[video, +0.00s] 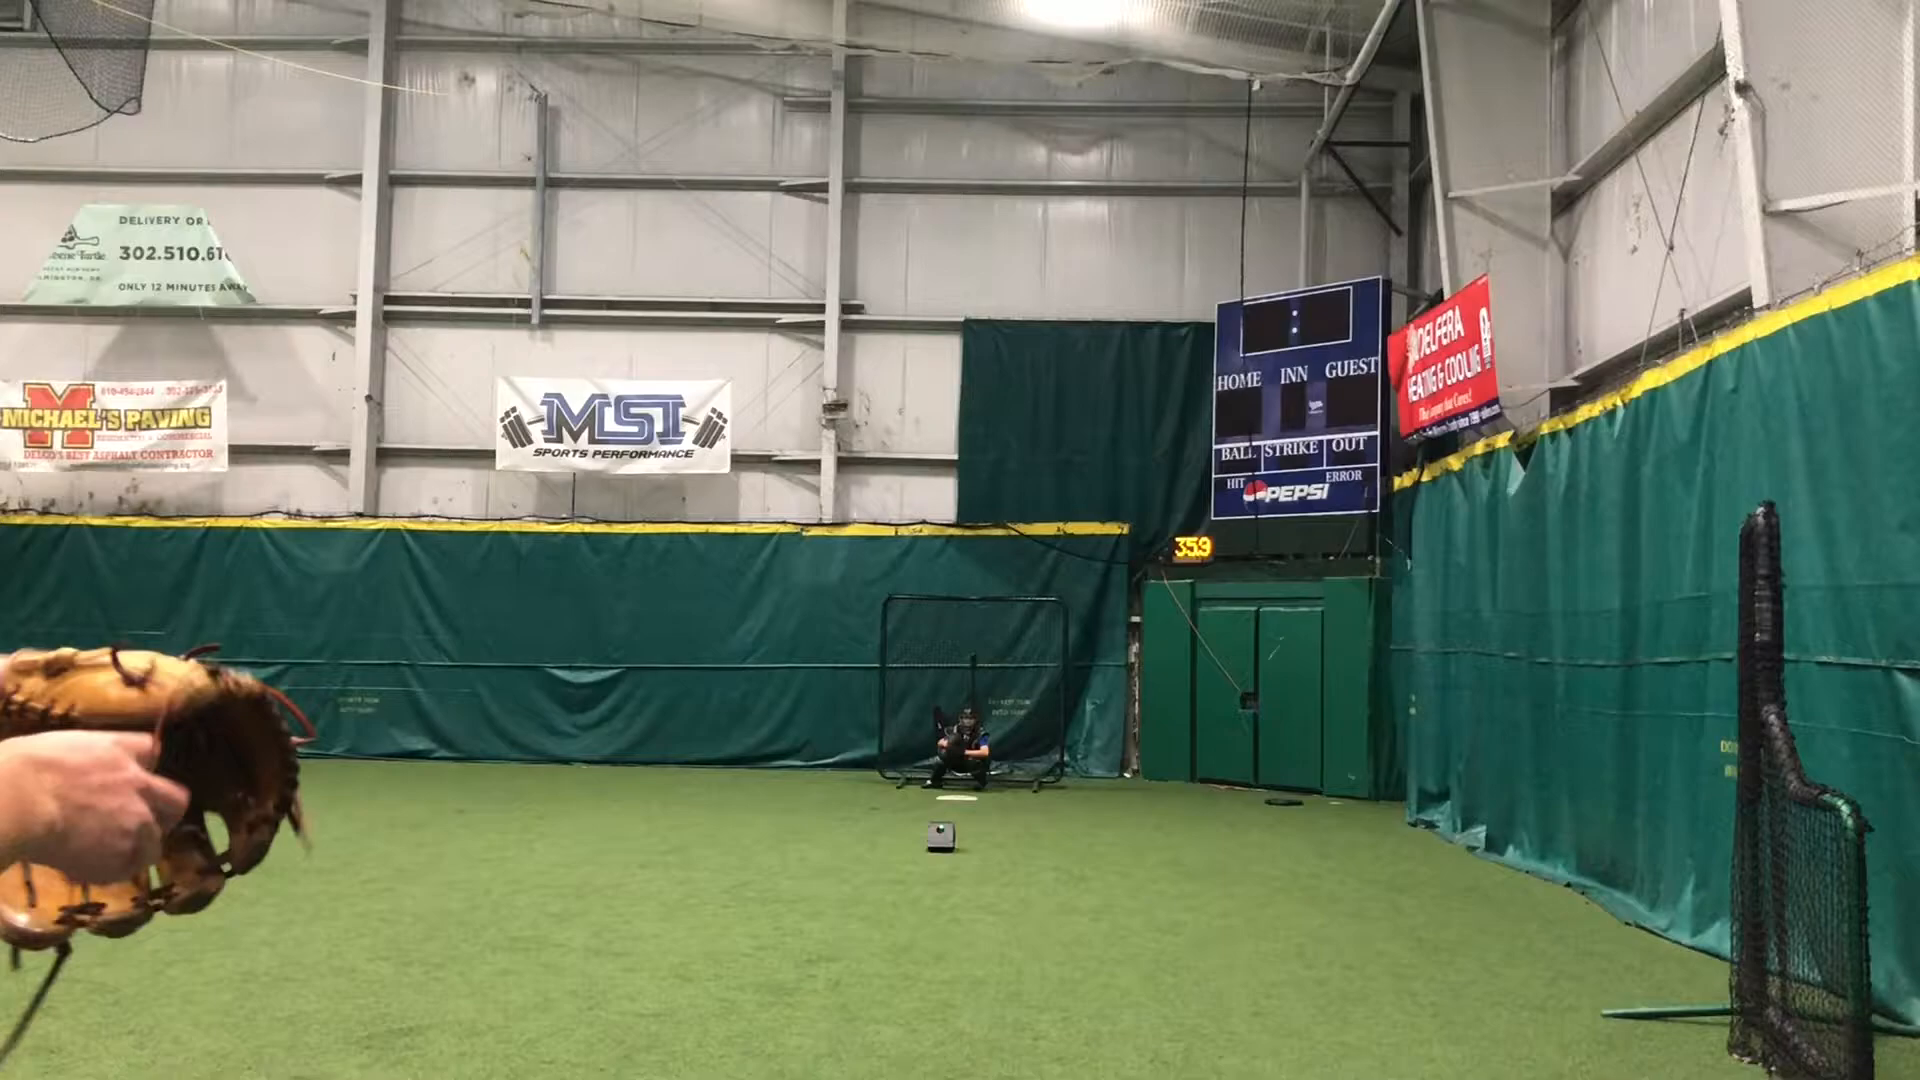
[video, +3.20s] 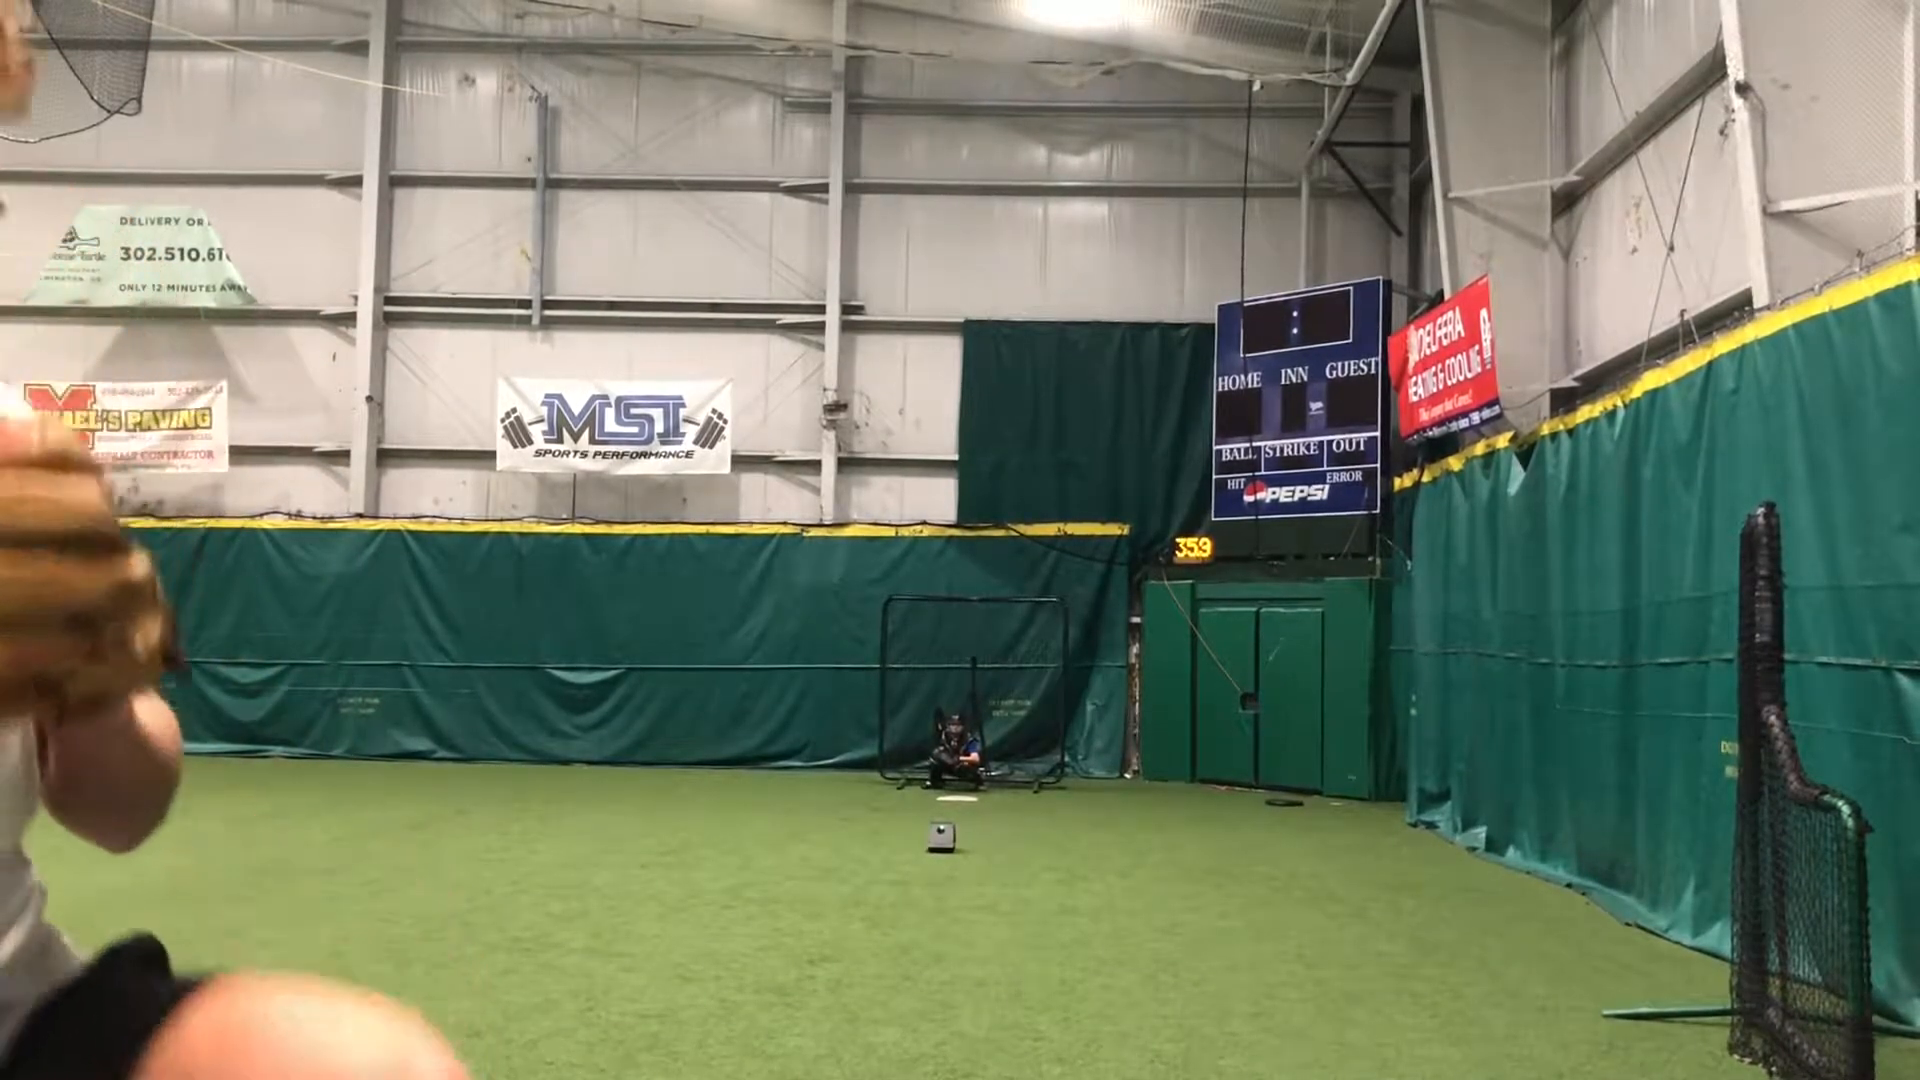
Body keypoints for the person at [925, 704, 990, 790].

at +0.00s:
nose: (967, 722)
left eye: (970, 719)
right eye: (964, 718)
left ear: (975, 720)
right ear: (960, 719)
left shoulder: (981, 734)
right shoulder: (955, 731)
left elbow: (985, 752)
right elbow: (941, 742)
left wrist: (964, 752)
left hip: (972, 761)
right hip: (955, 760)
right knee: (943, 757)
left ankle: (981, 783)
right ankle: (935, 781)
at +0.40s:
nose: (962, 725)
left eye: (966, 721)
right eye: (960, 721)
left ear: (971, 723)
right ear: (956, 723)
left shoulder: (976, 736)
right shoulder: (951, 733)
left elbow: (978, 752)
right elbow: (935, 743)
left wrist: (957, 750)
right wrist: (944, 748)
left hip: (970, 762)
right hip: (954, 760)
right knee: (940, 759)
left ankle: (981, 783)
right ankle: (935, 781)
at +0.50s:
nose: (962, 724)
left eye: (965, 721)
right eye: (959, 721)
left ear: (970, 723)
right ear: (956, 722)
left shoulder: (975, 734)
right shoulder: (952, 732)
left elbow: (977, 751)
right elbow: (942, 741)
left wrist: (957, 749)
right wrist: (937, 747)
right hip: (954, 758)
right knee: (941, 759)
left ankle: (981, 782)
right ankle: (935, 781)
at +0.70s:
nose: (959, 726)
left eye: (963, 723)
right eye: (957, 723)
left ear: (968, 723)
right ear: (954, 723)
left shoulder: (973, 733)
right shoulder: (951, 732)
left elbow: (975, 749)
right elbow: (943, 746)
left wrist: (955, 748)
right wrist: (931, 755)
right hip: (955, 757)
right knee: (941, 760)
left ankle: (981, 782)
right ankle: (935, 781)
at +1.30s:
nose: (957, 726)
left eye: (960, 723)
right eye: (955, 723)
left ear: (966, 724)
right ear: (951, 723)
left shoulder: (971, 735)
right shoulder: (949, 733)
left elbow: (976, 754)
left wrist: (960, 758)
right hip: (949, 758)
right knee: (937, 763)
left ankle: (980, 781)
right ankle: (935, 781)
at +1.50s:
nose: (958, 727)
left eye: (961, 723)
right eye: (955, 723)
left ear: (966, 725)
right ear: (951, 724)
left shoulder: (972, 736)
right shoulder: (947, 734)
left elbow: (977, 755)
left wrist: (963, 760)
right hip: (950, 760)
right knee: (937, 763)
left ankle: (980, 782)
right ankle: (935, 781)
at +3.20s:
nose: (954, 728)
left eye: (957, 725)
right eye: (951, 725)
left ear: (963, 727)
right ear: (947, 727)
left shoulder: (970, 742)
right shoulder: (944, 740)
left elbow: (975, 759)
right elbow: (936, 753)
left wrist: (958, 759)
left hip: (964, 767)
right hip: (947, 765)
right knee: (935, 765)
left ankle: (979, 783)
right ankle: (935, 782)